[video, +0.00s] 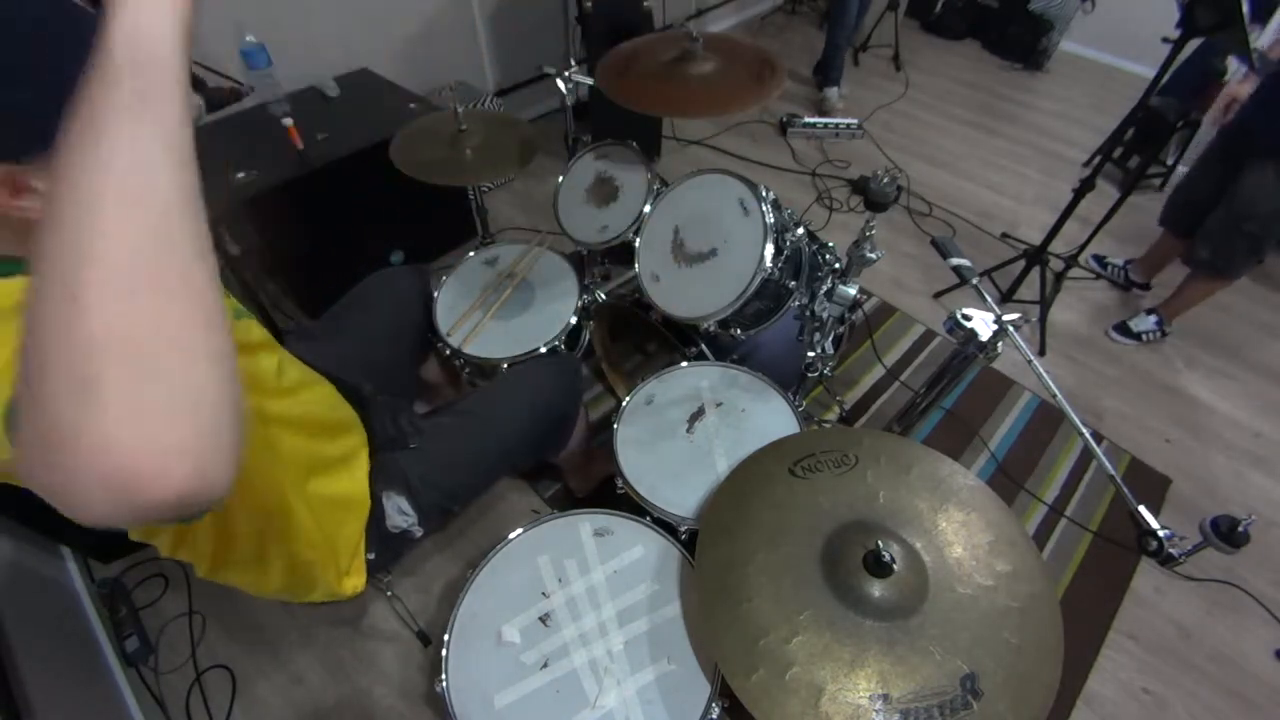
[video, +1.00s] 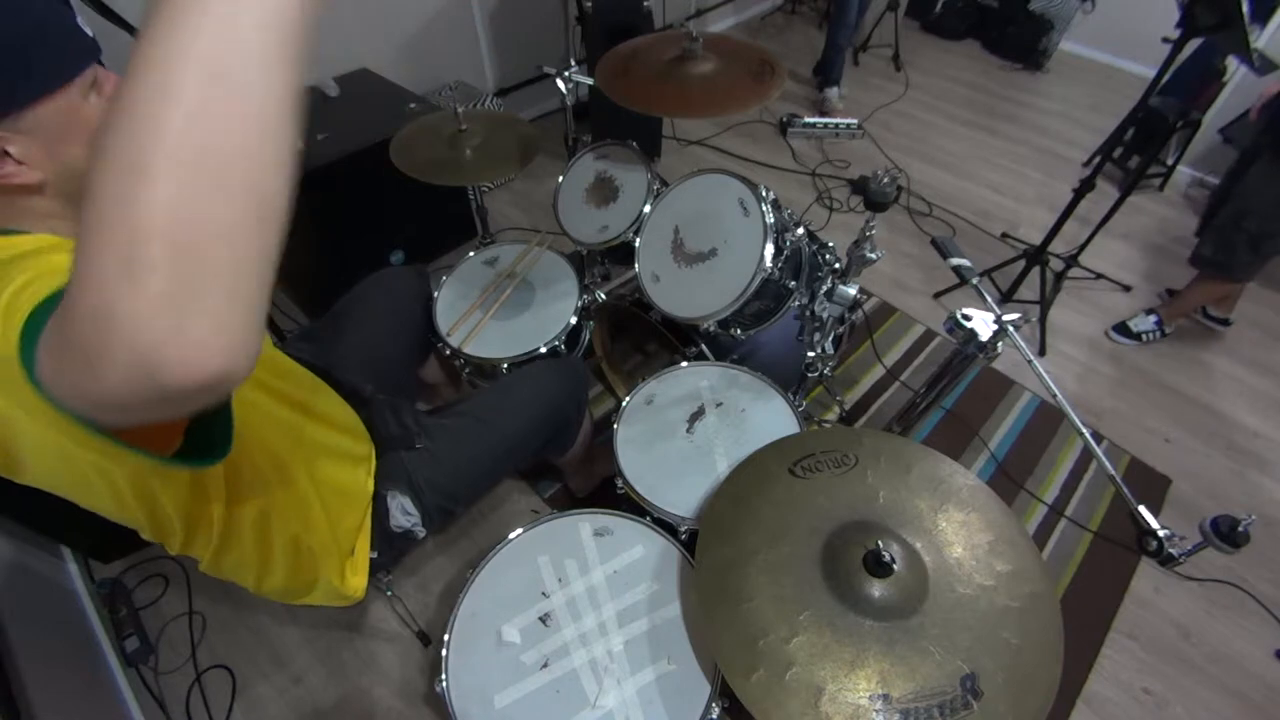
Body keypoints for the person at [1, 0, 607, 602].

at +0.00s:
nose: (114, 166)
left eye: (105, 147)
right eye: (87, 155)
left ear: (21, 189)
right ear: (20, 192)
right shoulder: (12, 332)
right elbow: (152, 467)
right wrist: (148, 15)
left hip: (294, 394)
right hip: (349, 511)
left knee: (402, 281)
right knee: (554, 368)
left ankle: (421, 405)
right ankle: (558, 471)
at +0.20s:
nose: (156, 120)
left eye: (143, 104)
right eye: (132, 116)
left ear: (33, 182)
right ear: (32, 182)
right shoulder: (25, 327)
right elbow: (180, 465)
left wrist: (236, 162)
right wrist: (246, 4)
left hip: (302, 400)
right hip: (358, 514)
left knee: (404, 282)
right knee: (553, 371)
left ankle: (406, 419)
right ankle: (563, 467)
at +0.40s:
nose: (121, 92)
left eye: (100, 76)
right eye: (88, 88)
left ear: (20, 158)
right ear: (13, 155)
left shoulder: (53, 242)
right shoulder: (29, 294)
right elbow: (185, 312)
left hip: (289, 394)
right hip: (349, 513)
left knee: (414, 285)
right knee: (561, 375)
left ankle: (421, 399)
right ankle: (569, 468)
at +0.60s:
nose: (126, 92)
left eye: (103, 75)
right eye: (90, 85)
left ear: (19, 150)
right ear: (14, 145)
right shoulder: (55, 278)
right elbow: (225, 213)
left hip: (278, 402)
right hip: (350, 511)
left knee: (428, 283)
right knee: (560, 385)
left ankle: (427, 394)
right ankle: (569, 476)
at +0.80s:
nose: (126, 94)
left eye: (103, 74)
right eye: (90, 85)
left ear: (17, 149)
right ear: (12, 145)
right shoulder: (39, 283)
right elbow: (210, 242)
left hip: (280, 399)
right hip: (343, 513)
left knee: (413, 286)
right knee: (565, 379)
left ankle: (435, 394)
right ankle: (579, 472)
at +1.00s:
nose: (114, 84)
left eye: (98, 70)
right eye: (84, 86)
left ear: (19, 161)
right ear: (14, 158)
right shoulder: (26, 310)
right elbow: (177, 346)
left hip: (294, 392)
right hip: (349, 514)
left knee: (403, 283)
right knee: (560, 372)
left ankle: (432, 391)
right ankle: (576, 467)